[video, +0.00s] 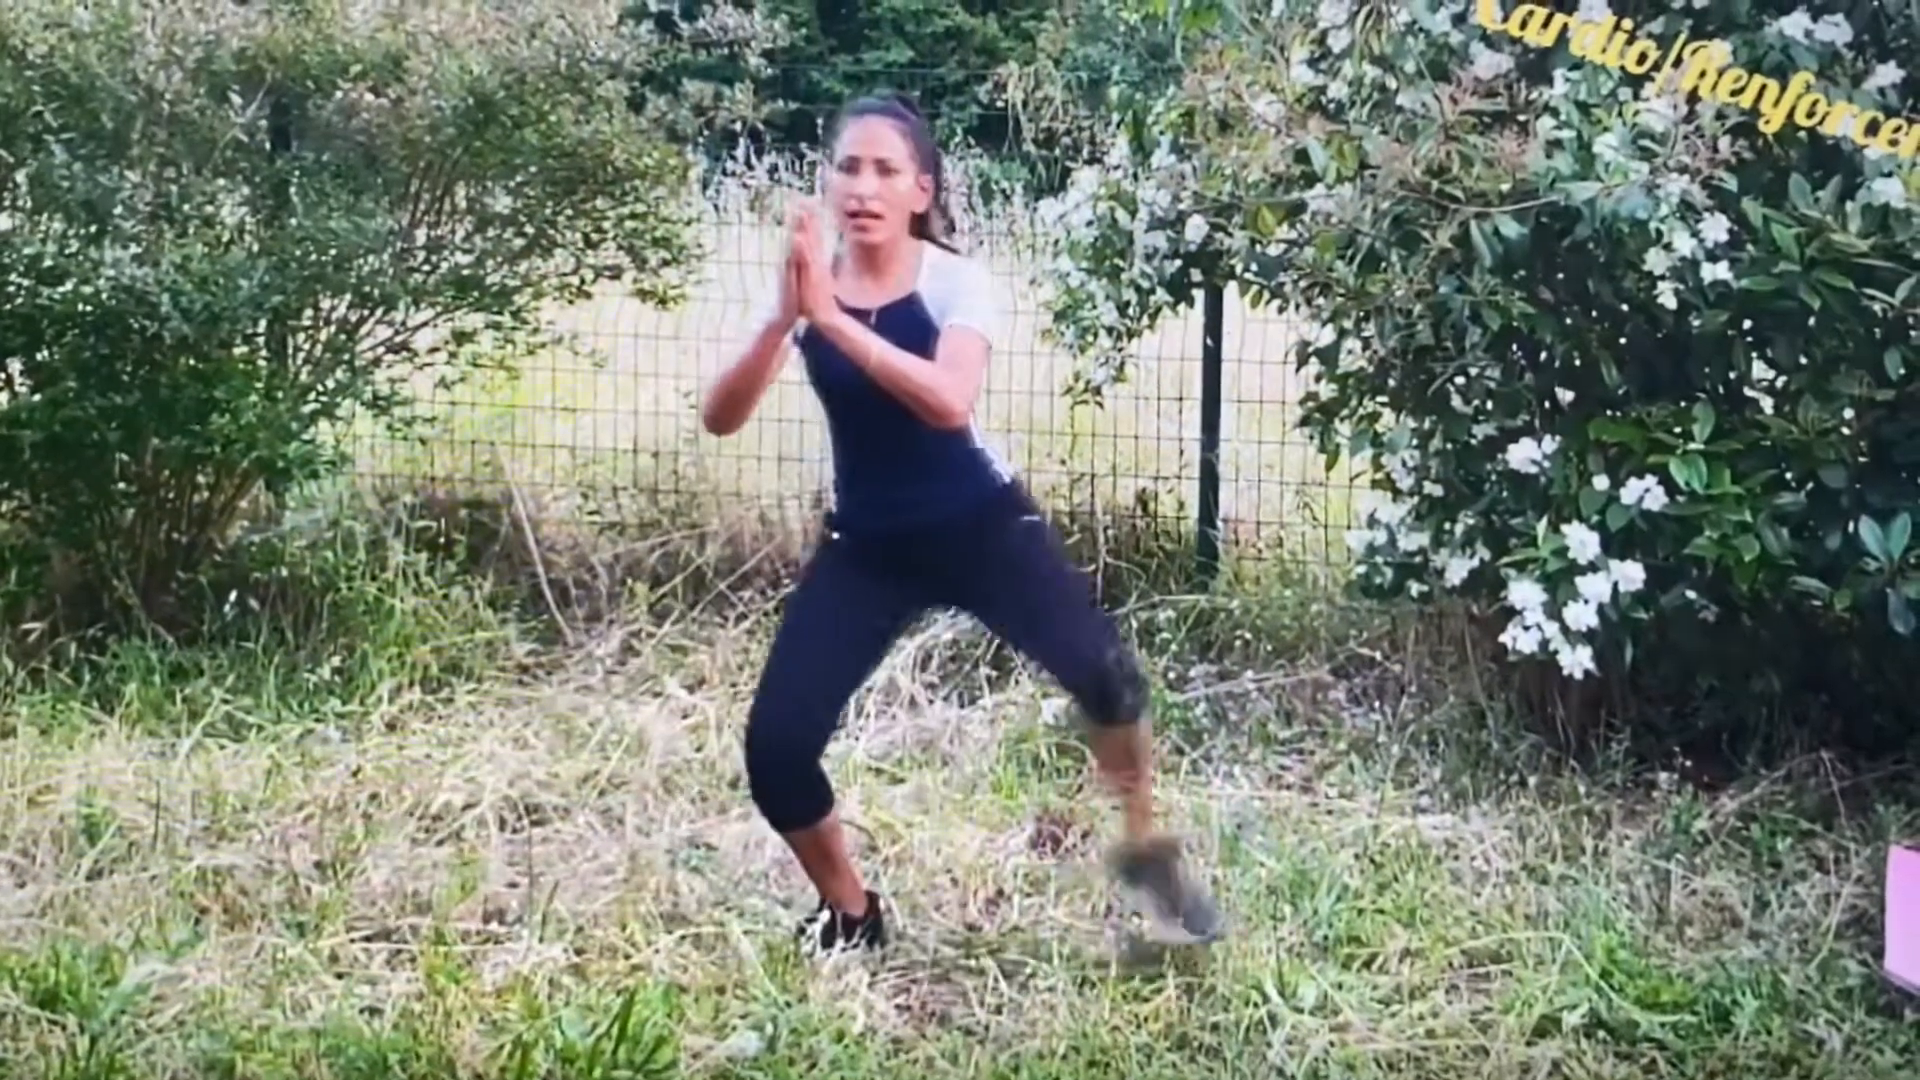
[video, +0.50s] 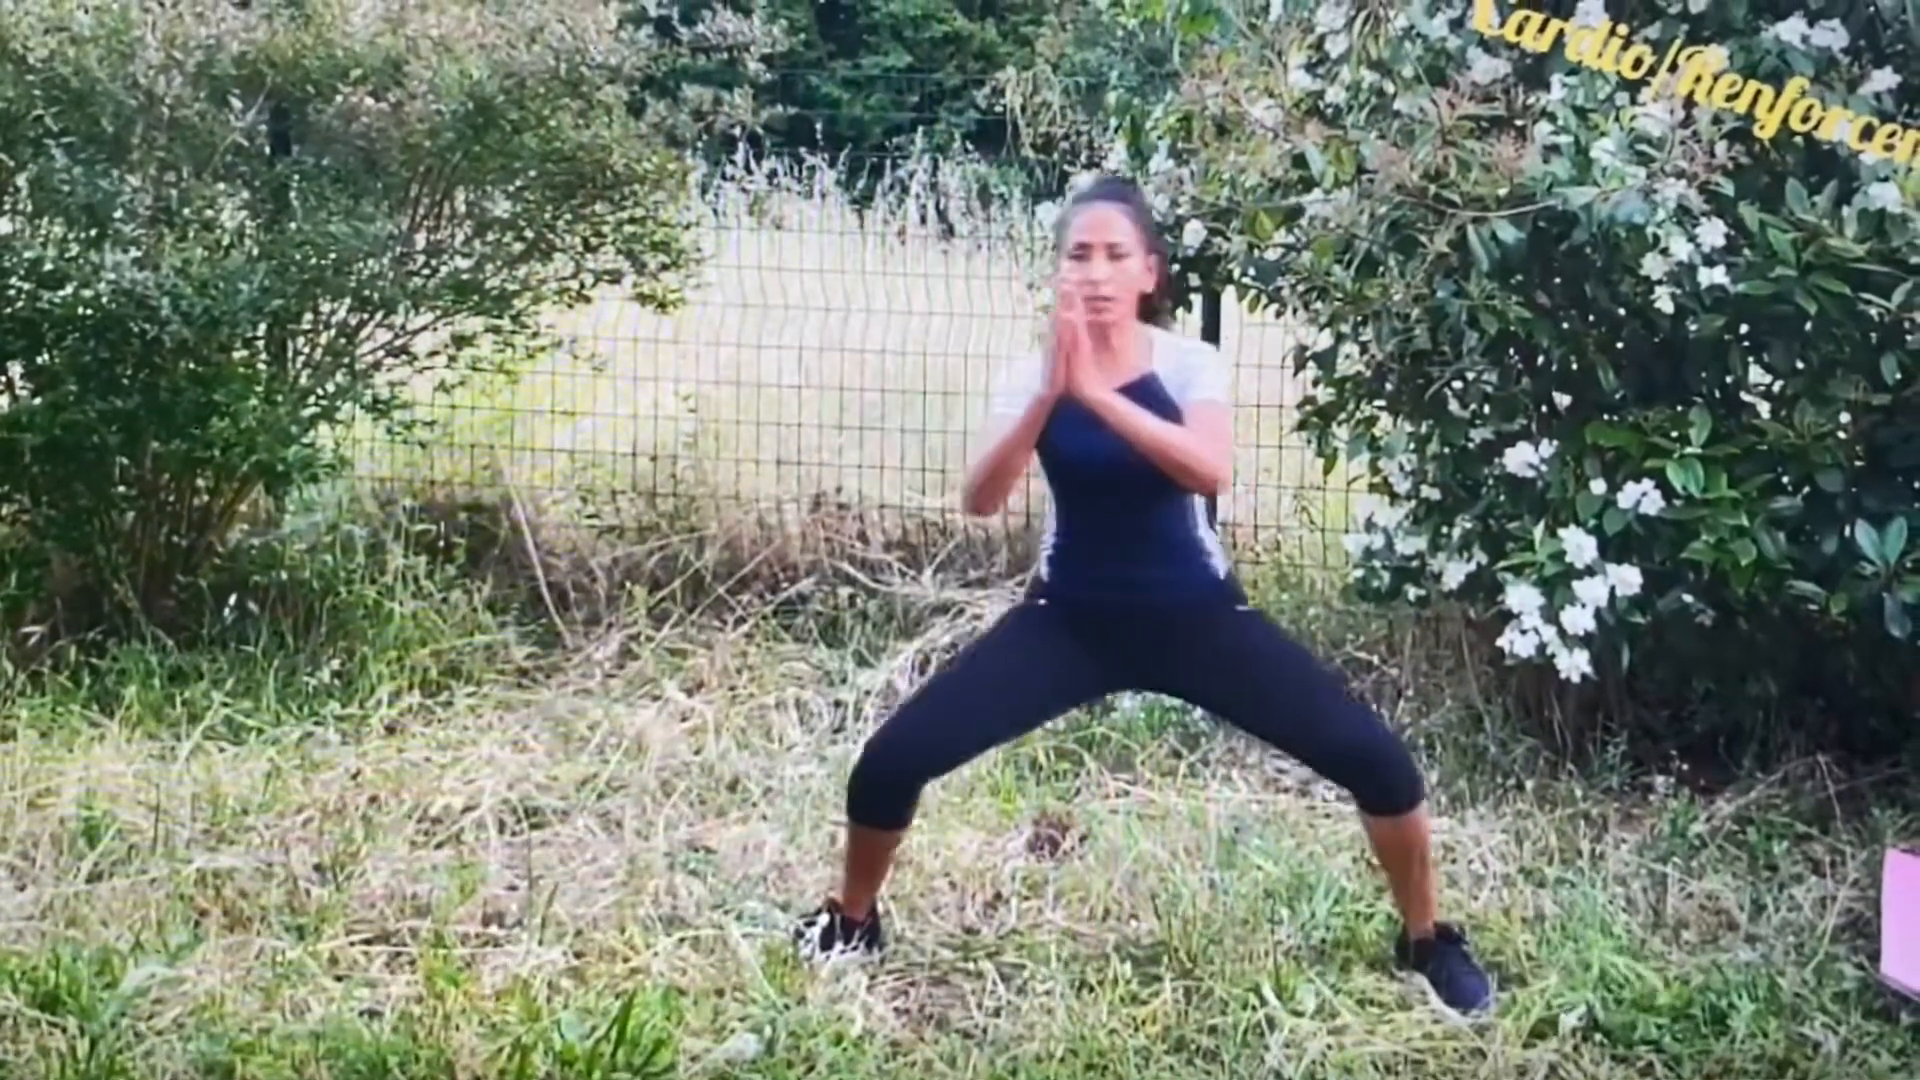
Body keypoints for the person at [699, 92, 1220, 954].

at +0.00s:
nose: (862, 187)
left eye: (886, 171)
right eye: (848, 168)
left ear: (922, 195)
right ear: (826, 184)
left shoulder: (959, 284)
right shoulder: (809, 288)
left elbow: (949, 401)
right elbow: (719, 416)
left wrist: (825, 317)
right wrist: (785, 319)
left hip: (982, 535)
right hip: (867, 551)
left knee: (1109, 678)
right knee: (775, 748)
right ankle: (850, 914)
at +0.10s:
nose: (891, 197)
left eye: (913, 180)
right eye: (876, 178)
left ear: (951, 203)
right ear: (851, 195)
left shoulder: (983, 293)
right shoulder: (836, 298)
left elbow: (983, 403)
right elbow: (748, 421)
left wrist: (860, 323)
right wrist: (819, 316)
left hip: (1015, 541)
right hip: (899, 560)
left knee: (1186, 687)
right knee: (788, 754)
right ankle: (850, 916)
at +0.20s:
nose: (928, 213)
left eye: (952, 195)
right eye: (916, 193)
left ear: (993, 219)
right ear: (893, 209)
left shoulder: (1028, 307)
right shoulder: (881, 309)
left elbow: (1028, 414)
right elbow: (796, 438)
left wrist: (907, 336)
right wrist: (866, 331)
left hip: (1061, 564)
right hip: (943, 577)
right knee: (809, 755)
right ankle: (850, 920)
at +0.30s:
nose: (993, 240)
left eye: (1014, 221)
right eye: (977, 220)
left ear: (1056, 242)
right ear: (953, 240)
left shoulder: (1090, 335)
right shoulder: (942, 343)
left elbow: (1097, 437)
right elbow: (863, 458)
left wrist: (977, 363)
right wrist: (931, 358)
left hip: (1118, 595)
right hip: (998, 601)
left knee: (1301, 752)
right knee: (841, 755)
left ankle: (1419, 938)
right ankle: (851, 921)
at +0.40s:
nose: (1054, 265)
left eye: (1074, 247)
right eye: (1038, 247)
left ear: (1113, 267)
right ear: (1017, 262)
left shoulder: (1150, 358)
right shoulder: (1002, 363)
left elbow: (1170, 462)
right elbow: (933, 484)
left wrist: (1048, 386)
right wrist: (1000, 381)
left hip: (1166, 618)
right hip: (1043, 620)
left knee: (1357, 761)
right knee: (869, 759)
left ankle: (1424, 938)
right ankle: (848, 920)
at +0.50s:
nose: (1092, 273)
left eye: (1112, 256)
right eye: (1078, 256)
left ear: (1152, 272)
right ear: (1057, 271)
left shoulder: (1187, 363)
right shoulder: (1036, 372)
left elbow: (1210, 469)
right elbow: (980, 500)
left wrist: (1095, 393)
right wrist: (1050, 390)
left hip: (1195, 627)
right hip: (1067, 628)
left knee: (1381, 764)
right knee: (889, 759)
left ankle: (1426, 938)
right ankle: (848, 921)